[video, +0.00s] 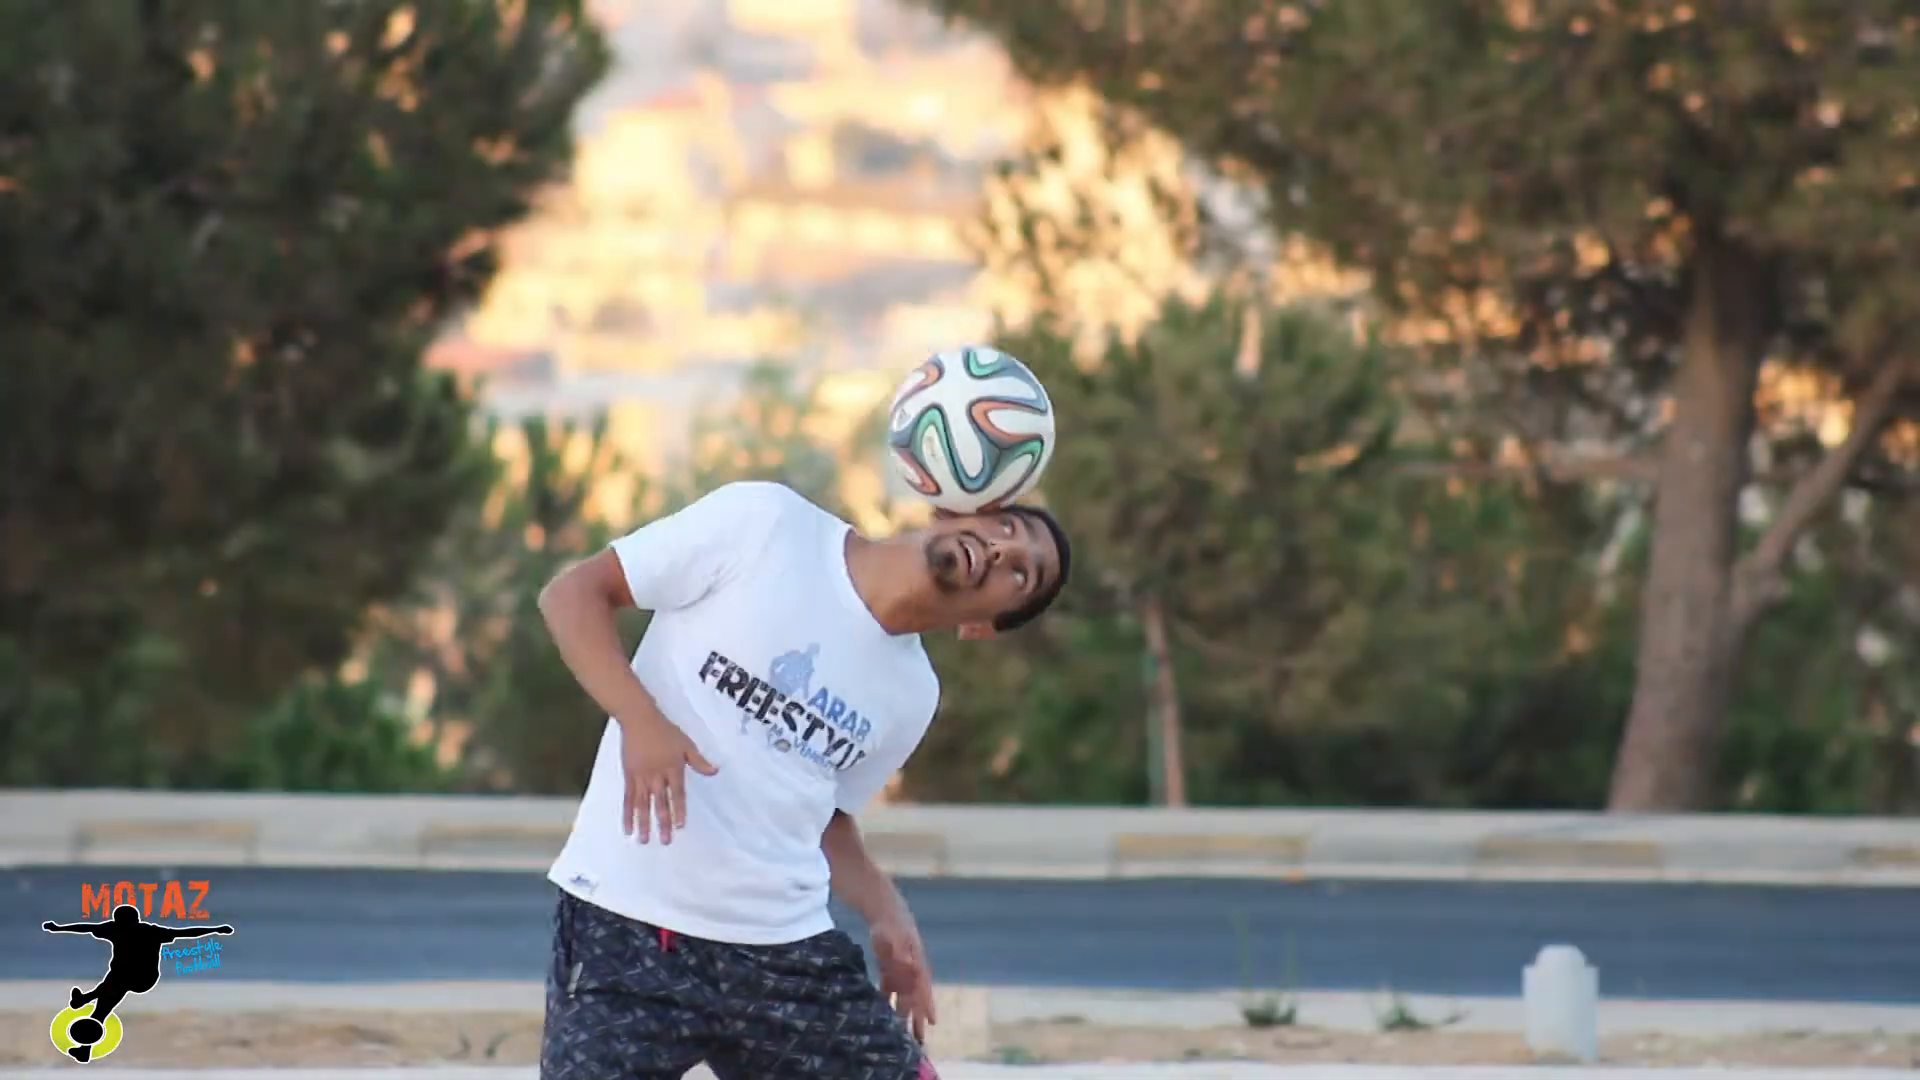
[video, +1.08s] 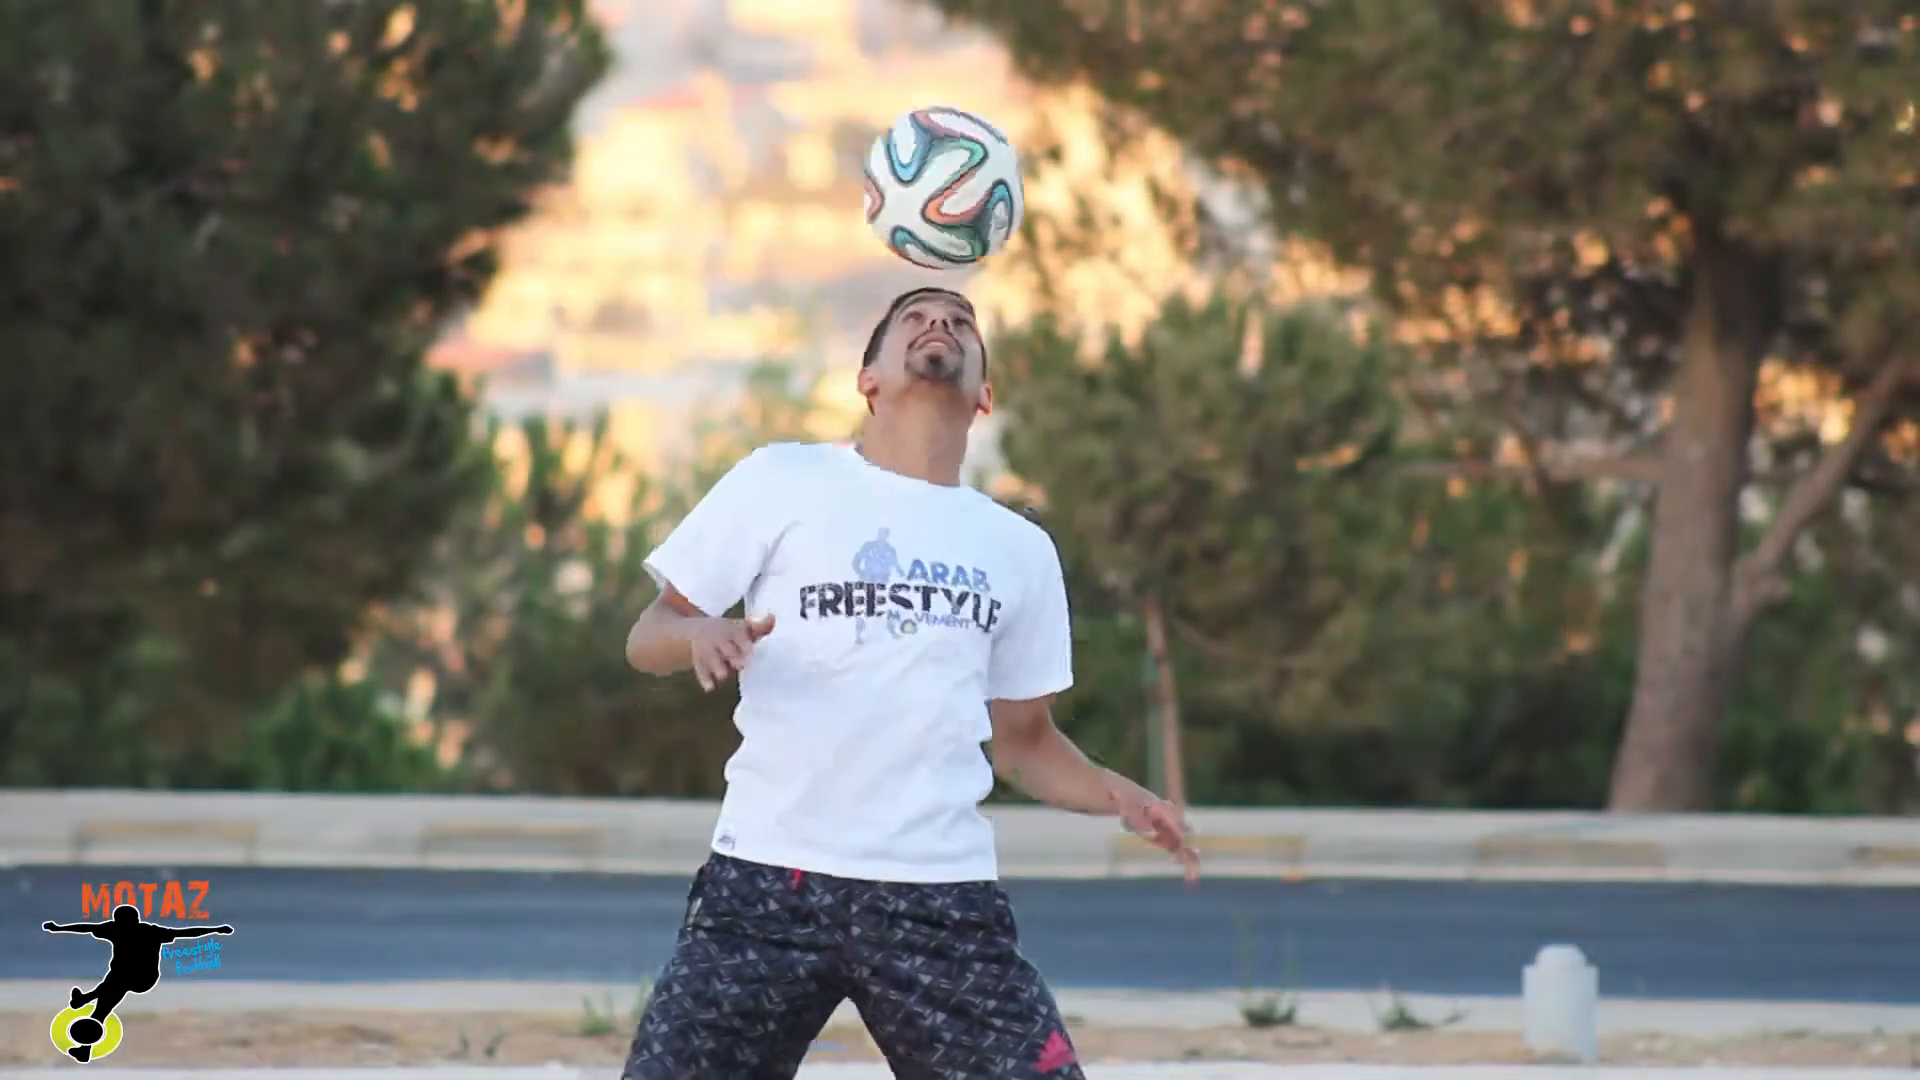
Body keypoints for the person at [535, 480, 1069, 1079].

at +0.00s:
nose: (1000, 548)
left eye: (1021, 574)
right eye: (1006, 524)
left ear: (981, 627)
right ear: (953, 511)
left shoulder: (911, 693)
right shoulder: (764, 521)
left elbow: (828, 814)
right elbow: (572, 594)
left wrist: (885, 912)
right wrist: (641, 718)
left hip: (789, 968)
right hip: (624, 945)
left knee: (904, 1069)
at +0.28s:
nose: (953, 427)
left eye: (986, 440)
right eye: (951, 412)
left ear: (982, 517)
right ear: (909, 434)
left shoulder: (935, 660)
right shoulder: (739, 497)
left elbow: (917, 817)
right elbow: (572, 607)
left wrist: (945, 876)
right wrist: (597, 676)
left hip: (829, 947)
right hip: (656, 932)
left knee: (943, 1071)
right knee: (605, 1066)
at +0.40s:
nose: (866, 326)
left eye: (900, 324)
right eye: (851, 324)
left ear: (936, 393)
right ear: (823, 387)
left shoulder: (976, 551)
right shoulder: (727, 491)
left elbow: (1032, 723)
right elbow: (632, 643)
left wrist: (1032, 757)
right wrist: (603, 678)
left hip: (904, 918)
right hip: (723, 907)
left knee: (1011, 1071)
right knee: (653, 1071)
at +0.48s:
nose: (842, 310)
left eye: (873, 306)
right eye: (825, 311)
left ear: (917, 372)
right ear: (805, 377)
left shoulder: (983, 512)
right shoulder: (730, 504)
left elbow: (1097, 688)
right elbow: (667, 682)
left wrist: (1056, 686)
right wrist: (625, 697)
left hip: (932, 906)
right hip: (753, 901)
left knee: (1031, 1071)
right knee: (679, 1071)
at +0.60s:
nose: (755, 362)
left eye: (781, 344)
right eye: (739, 372)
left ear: (849, 374)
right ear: (753, 436)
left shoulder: (979, 485)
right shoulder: (744, 556)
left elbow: (1135, 625)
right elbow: (724, 751)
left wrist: (1064, 636)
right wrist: (656, 761)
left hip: (954, 912)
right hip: (780, 911)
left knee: (1047, 1070)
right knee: (688, 1071)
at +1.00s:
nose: (884, 317)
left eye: (905, 315)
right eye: (858, 313)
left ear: (935, 377)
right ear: (819, 377)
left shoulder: (1002, 521)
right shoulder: (748, 492)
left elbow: (1047, 703)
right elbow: (651, 664)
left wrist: (1117, 755)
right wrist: (662, 668)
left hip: (940, 901)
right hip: (763, 891)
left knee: (1039, 1070)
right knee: (676, 1070)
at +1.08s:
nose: (938, 328)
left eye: (960, 328)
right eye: (914, 323)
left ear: (984, 397)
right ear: (870, 381)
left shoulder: (1020, 549)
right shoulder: (779, 479)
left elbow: (1024, 737)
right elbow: (647, 639)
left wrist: (1120, 796)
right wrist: (697, 633)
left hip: (941, 912)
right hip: (763, 895)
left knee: (1040, 1071)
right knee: (666, 1071)